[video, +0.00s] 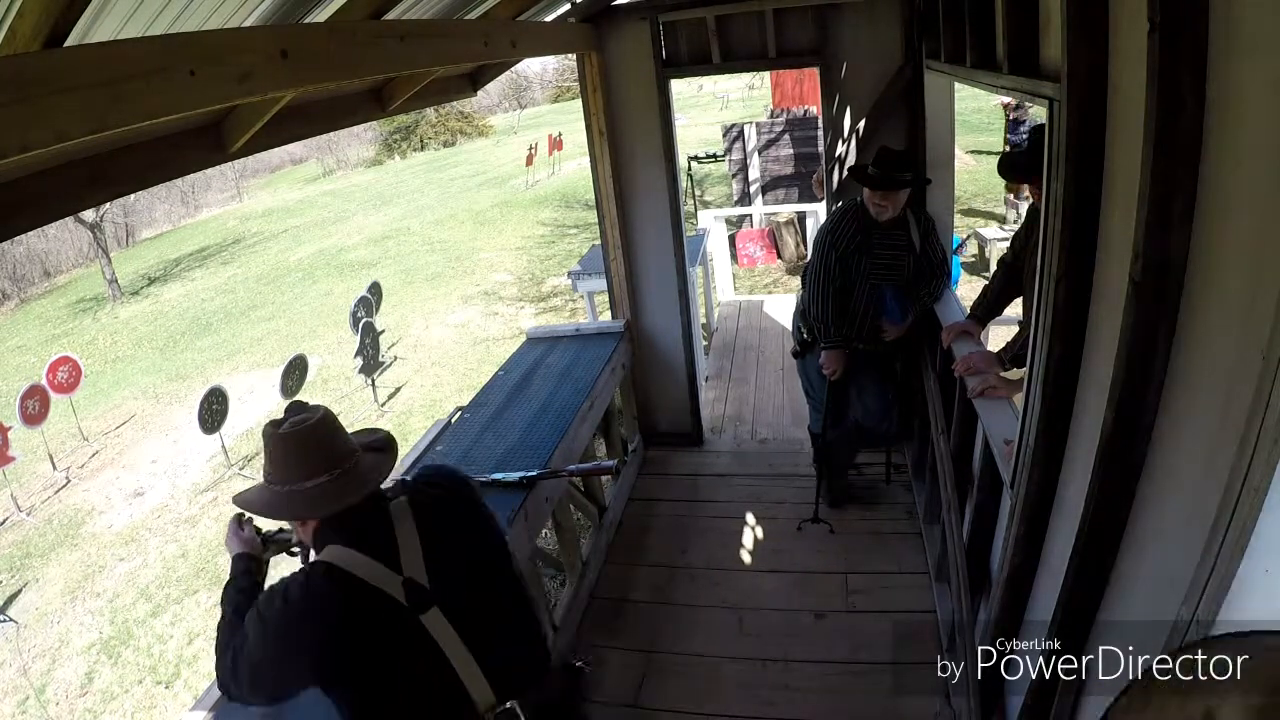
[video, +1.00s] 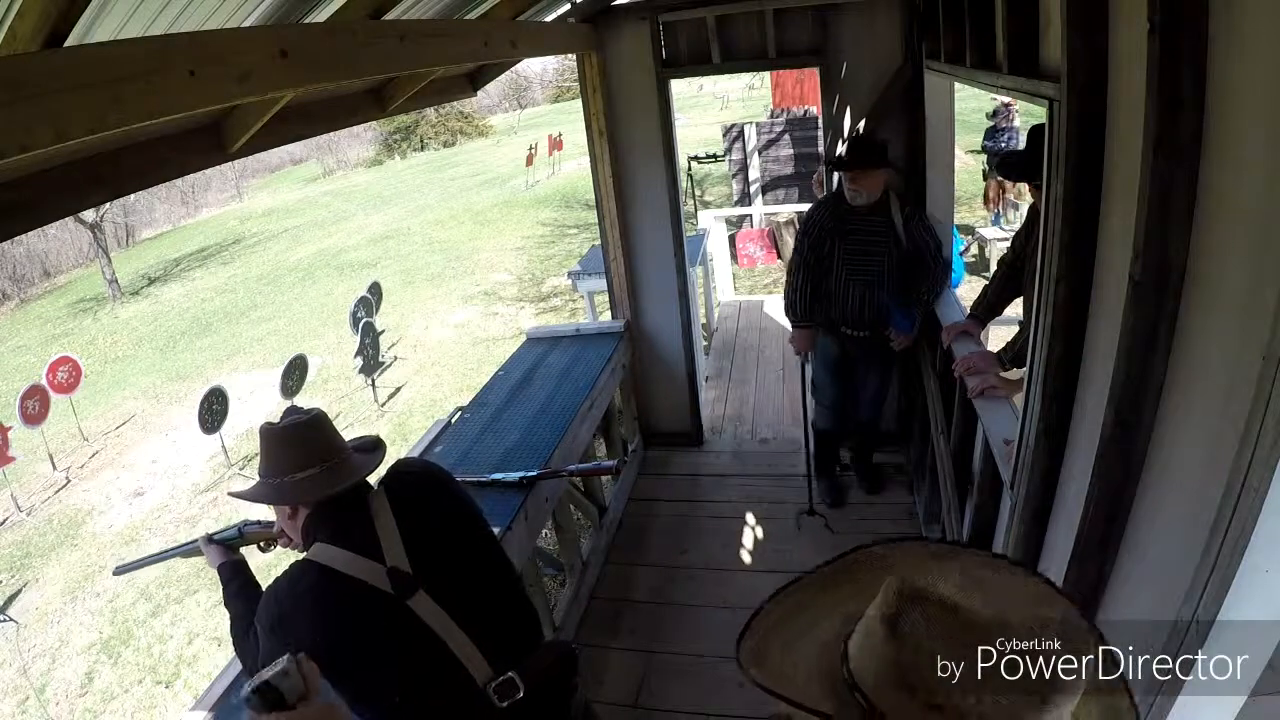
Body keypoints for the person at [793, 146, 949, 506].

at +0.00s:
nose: (880, 198)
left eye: (891, 190)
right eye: (873, 188)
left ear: (908, 192)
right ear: (863, 186)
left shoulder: (919, 225)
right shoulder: (842, 225)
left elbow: (937, 275)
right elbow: (820, 285)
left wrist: (907, 317)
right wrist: (830, 344)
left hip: (876, 337)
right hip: (825, 338)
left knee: (874, 410)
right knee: (830, 413)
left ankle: (843, 467)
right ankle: (832, 484)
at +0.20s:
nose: (879, 197)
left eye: (890, 190)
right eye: (872, 188)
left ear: (908, 192)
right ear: (862, 186)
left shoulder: (920, 226)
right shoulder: (842, 224)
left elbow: (938, 276)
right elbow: (820, 283)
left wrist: (911, 317)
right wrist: (831, 343)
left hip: (880, 337)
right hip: (828, 336)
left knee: (882, 403)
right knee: (830, 408)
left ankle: (865, 469)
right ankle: (828, 476)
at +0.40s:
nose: (880, 198)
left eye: (891, 190)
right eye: (873, 188)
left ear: (908, 191)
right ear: (863, 186)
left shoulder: (920, 226)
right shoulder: (842, 224)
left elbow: (938, 276)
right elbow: (820, 284)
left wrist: (915, 316)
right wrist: (830, 344)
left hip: (884, 338)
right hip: (833, 336)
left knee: (882, 402)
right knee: (830, 409)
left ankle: (866, 460)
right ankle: (828, 474)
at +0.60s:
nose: (877, 200)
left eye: (888, 193)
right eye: (870, 190)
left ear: (906, 194)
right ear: (860, 187)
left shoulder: (919, 227)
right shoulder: (840, 226)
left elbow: (939, 277)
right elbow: (818, 286)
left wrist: (915, 317)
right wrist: (826, 343)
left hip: (885, 341)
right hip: (835, 339)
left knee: (877, 406)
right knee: (831, 411)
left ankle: (864, 460)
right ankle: (827, 474)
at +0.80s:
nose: (867, 192)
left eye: (877, 185)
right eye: (861, 183)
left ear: (897, 186)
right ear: (851, 181)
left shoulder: (912, 224)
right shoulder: (831, 224)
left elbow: (935, 276)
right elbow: (811, 283)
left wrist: (913, 316)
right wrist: (817, 338)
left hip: (884, 338)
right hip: (835, 336)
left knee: (877, 406)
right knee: (830, 411)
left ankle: (865, 461)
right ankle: (827, 473)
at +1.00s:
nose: (852, 182)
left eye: (863, 174)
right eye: (847, 172)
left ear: (885, 174)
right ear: (840, 171)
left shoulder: (906, 216)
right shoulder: (824, 215)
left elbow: (934, 270)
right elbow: (801, 270)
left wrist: (912, 318)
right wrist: (801, 324)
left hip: (882, 334)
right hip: (832, 331)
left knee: (873, 404)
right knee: (830, 405)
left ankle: (865, 460)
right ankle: (826, 472)